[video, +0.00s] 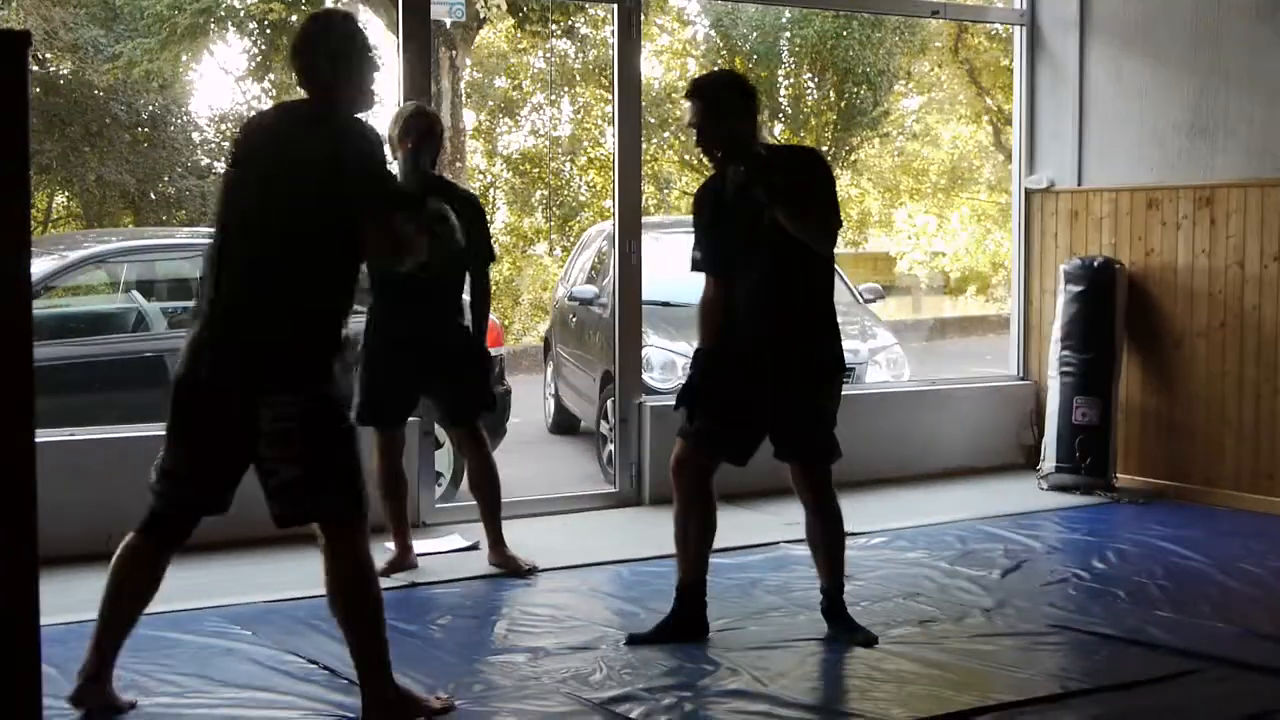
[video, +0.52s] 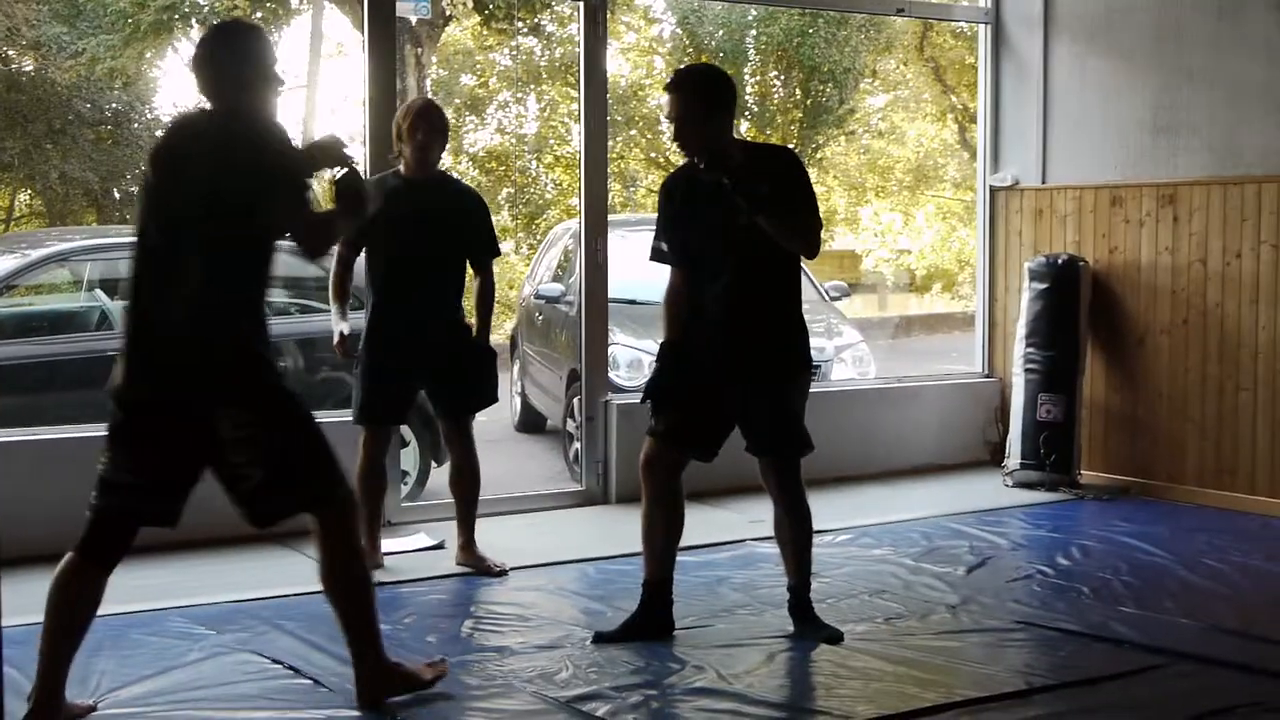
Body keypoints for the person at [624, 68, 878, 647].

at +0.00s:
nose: (698, 139)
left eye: (704, 125)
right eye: (695, 127)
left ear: (741, 116)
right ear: (714, 124)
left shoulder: (805, 166)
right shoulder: (712, 196)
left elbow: (823, 242)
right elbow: (715, 288)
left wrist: (764, 189)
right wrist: (703, 367)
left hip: (804, 354)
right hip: (736, 356)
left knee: (813, 480)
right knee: (689, 467)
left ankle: (835, 606)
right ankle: (689, 612)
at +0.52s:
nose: (673, 130)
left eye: (681, 117)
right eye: (671, 118)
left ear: (716, 113)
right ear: (686, 115)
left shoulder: (778, 165)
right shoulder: (680, 187)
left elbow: (807, 244)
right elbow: (679, 279)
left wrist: (741, 190)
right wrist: (669, 356)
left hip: (772, 352)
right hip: (701, 353)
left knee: (784, 479)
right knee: (658, 464)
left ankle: (801, 605)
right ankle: (655, 610)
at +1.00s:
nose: (668, 141)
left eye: (675, 128)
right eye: (665, 130)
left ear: (711, 119)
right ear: (677, 124)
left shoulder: (775, 171)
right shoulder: (676, 195)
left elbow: (801, 252)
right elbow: (678, 283)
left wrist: (734, 204)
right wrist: (674, 354)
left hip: (773, 355)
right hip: (703, 356)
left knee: (781, 482)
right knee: (658, 469)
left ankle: (797, 608)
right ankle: (651, 614)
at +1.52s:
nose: (705, 140)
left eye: (712, 128)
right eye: (702, 129)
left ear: (748, 122)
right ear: (721, 128)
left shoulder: (811, 169)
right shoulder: (719, 189)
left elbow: (846, 253)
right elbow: (734, 275)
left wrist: (776, 226)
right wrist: (734, 352)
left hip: (823, 348)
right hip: (758, 348)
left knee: (815, 477)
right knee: (730, 459)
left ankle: (804, 605)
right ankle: (784, 553)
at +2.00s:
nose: (738, 132)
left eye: (746, 120)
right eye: (734, 121)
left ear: (782, 115)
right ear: (741, 120)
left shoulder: (838, 168)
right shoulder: (747, 183)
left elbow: (857, 251)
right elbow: (733, 272)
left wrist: (807, 207)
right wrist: (708, 331)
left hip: (831, 343)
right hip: (766, 344)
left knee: (821, 478)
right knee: (758, 468)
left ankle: (814, 603)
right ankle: (798, 567)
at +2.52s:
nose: (732, 136)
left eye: (740, 123)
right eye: (730, 123)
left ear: (777, 117)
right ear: (745, 121)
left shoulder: (837, 178)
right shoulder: (740, 182)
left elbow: (859, 268)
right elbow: (713, 266)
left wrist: (800, 227)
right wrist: (674, 318)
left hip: (809, 351)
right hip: (739, 349)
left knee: (804, 481)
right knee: (700, 470)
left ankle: (811, 609)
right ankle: (680, 615)